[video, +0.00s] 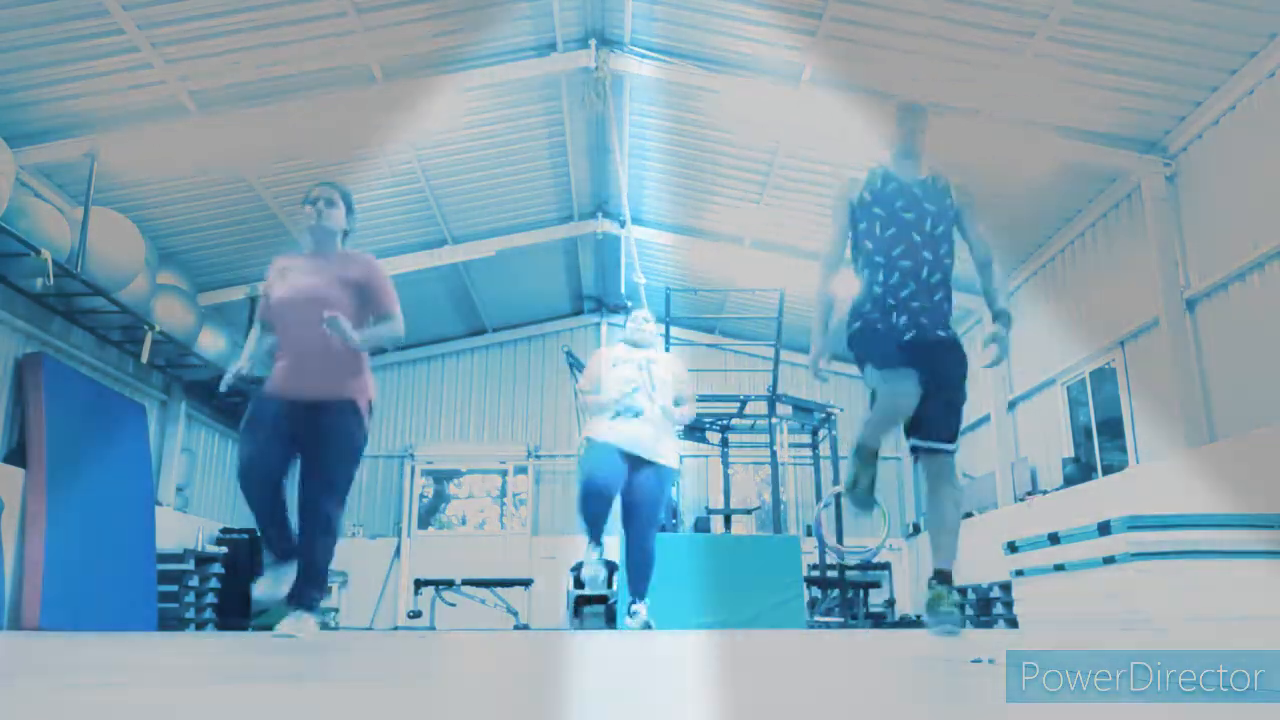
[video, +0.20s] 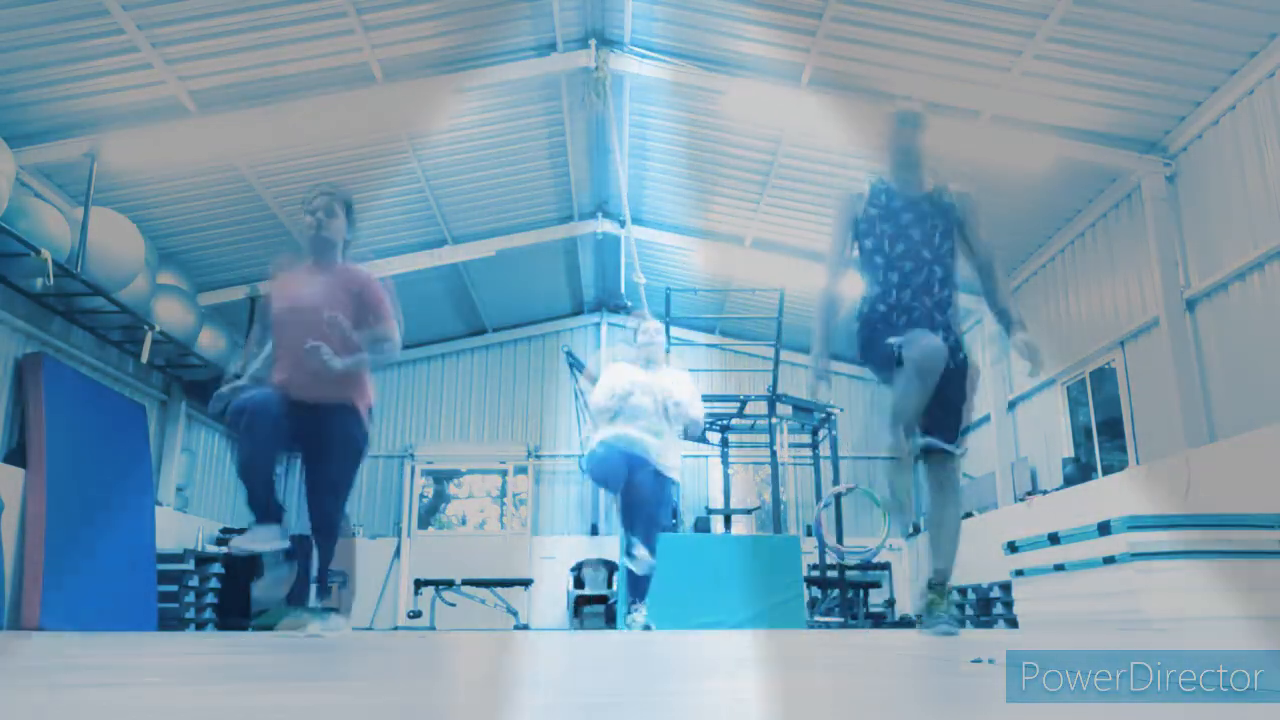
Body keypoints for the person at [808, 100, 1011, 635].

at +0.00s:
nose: (908, 136)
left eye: (916, 127)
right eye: (901, 126)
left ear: (926, 134)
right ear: (886, 134)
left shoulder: (949, 193)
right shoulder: (859, 190)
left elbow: (983, 257)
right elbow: (830, 270)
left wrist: (997, 310)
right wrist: (820, 338)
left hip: (936, 333)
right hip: (876, 326)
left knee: (939, 463)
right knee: (902, 393)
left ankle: (943, 585)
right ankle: (865, 452)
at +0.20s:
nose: (906, 139)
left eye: (913, 131)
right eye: (899, 131)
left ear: (924, 141)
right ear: (887, 141)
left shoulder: (952, 204)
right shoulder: (860, 204)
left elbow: (986, 268)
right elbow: (833, 282)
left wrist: (1014, 328)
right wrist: (820, 351)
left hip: (942, 332)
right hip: (883, 322)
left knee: (942, 465)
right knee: (931, 350)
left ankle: (937, 594)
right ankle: (898, 457)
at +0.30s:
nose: (907, 131)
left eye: (913, 122)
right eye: (900, 122)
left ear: (924, 130)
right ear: (886, 131)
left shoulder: (953, 190)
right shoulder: (861, 188)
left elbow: (986, 256)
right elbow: (835, 270)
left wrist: (1009, 320)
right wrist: (826, 343)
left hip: (950, 324)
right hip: (894, 318)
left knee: (954, 459)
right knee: (918, 412)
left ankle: (948, 583)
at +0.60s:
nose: (912, 128)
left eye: (919, 120)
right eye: (904, 120)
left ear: (930, 128)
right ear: (892, 128)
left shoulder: (961, 190)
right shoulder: (871, 188)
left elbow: (989, 260)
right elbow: (851, 262)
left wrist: (1018, 320)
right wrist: (856, 323)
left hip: (985, 331)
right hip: (922, 333)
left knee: (1010, 457)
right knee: (924, 460)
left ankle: (974, 550)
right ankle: (929, 589)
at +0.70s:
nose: (923, 116)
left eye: (929, 109)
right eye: (915, 108)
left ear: (940, 119)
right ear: (900, 117)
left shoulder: (967, 180)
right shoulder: (882, 178)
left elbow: (997, 253)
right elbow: (862, 257)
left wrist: (1025, 314)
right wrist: (881, 314)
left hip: (989, 321)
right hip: (929, 325)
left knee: (1033, 412)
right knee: (938, 459)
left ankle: (976, 476)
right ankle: (948, 587)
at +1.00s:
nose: (972, 136)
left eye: (980, 128)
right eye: (966, 127)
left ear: (988, 137)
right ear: (953, 134)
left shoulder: (1012, 202)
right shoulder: (925, 197)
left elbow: (1038, 269)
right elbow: (903, 266)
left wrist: (1061, 328)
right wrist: (927, 327)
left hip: (1010, 334)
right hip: (953, 340)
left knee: (1067, 376)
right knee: (958, 467)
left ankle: (1044, 497)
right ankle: (958, 595)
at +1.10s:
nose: (988, 133)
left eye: (997, 124)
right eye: (981, 122)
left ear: (1009, 132)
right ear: (966, 127)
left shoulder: (1026, 195)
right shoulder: (940, 188)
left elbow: (1052, 267)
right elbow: (907, 261)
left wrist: (1077, 331)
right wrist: (932, 319)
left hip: (1020, 328)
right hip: (960, 334)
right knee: (959, 463)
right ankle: (953, 592)